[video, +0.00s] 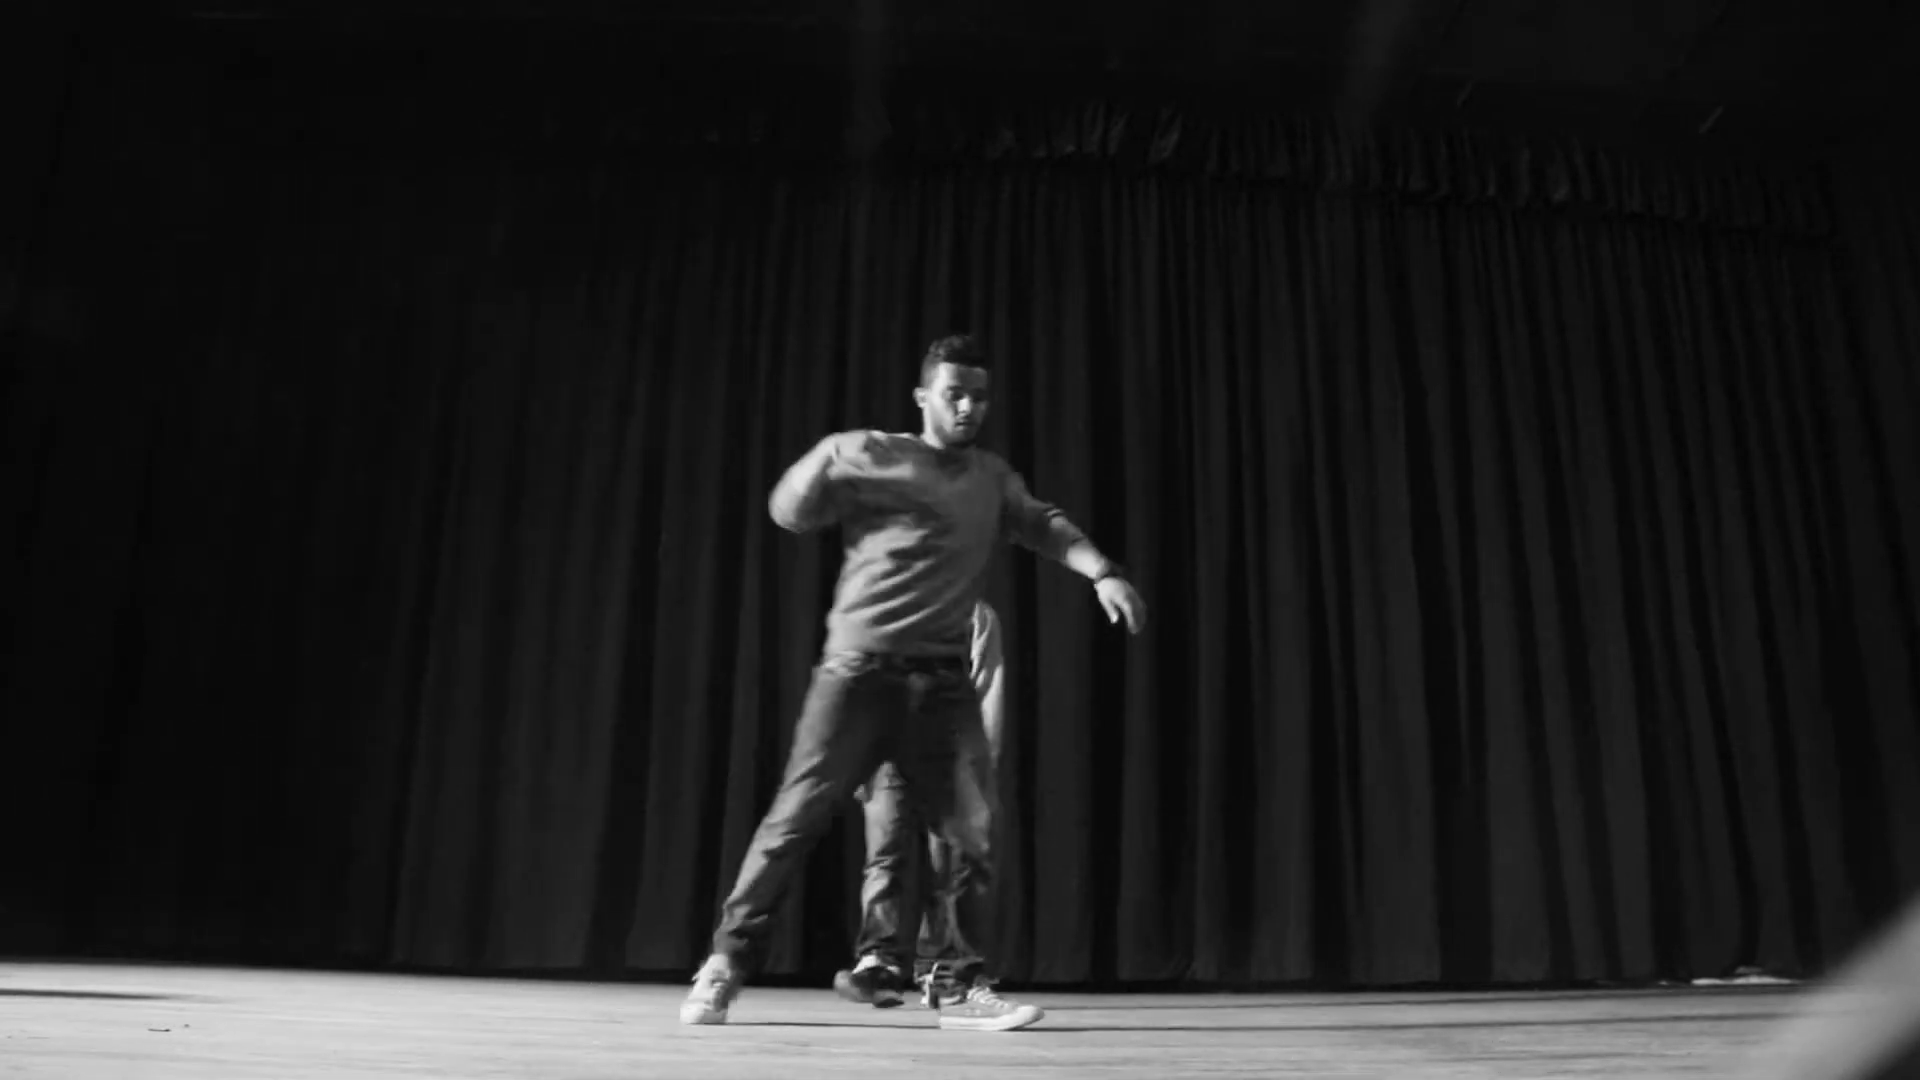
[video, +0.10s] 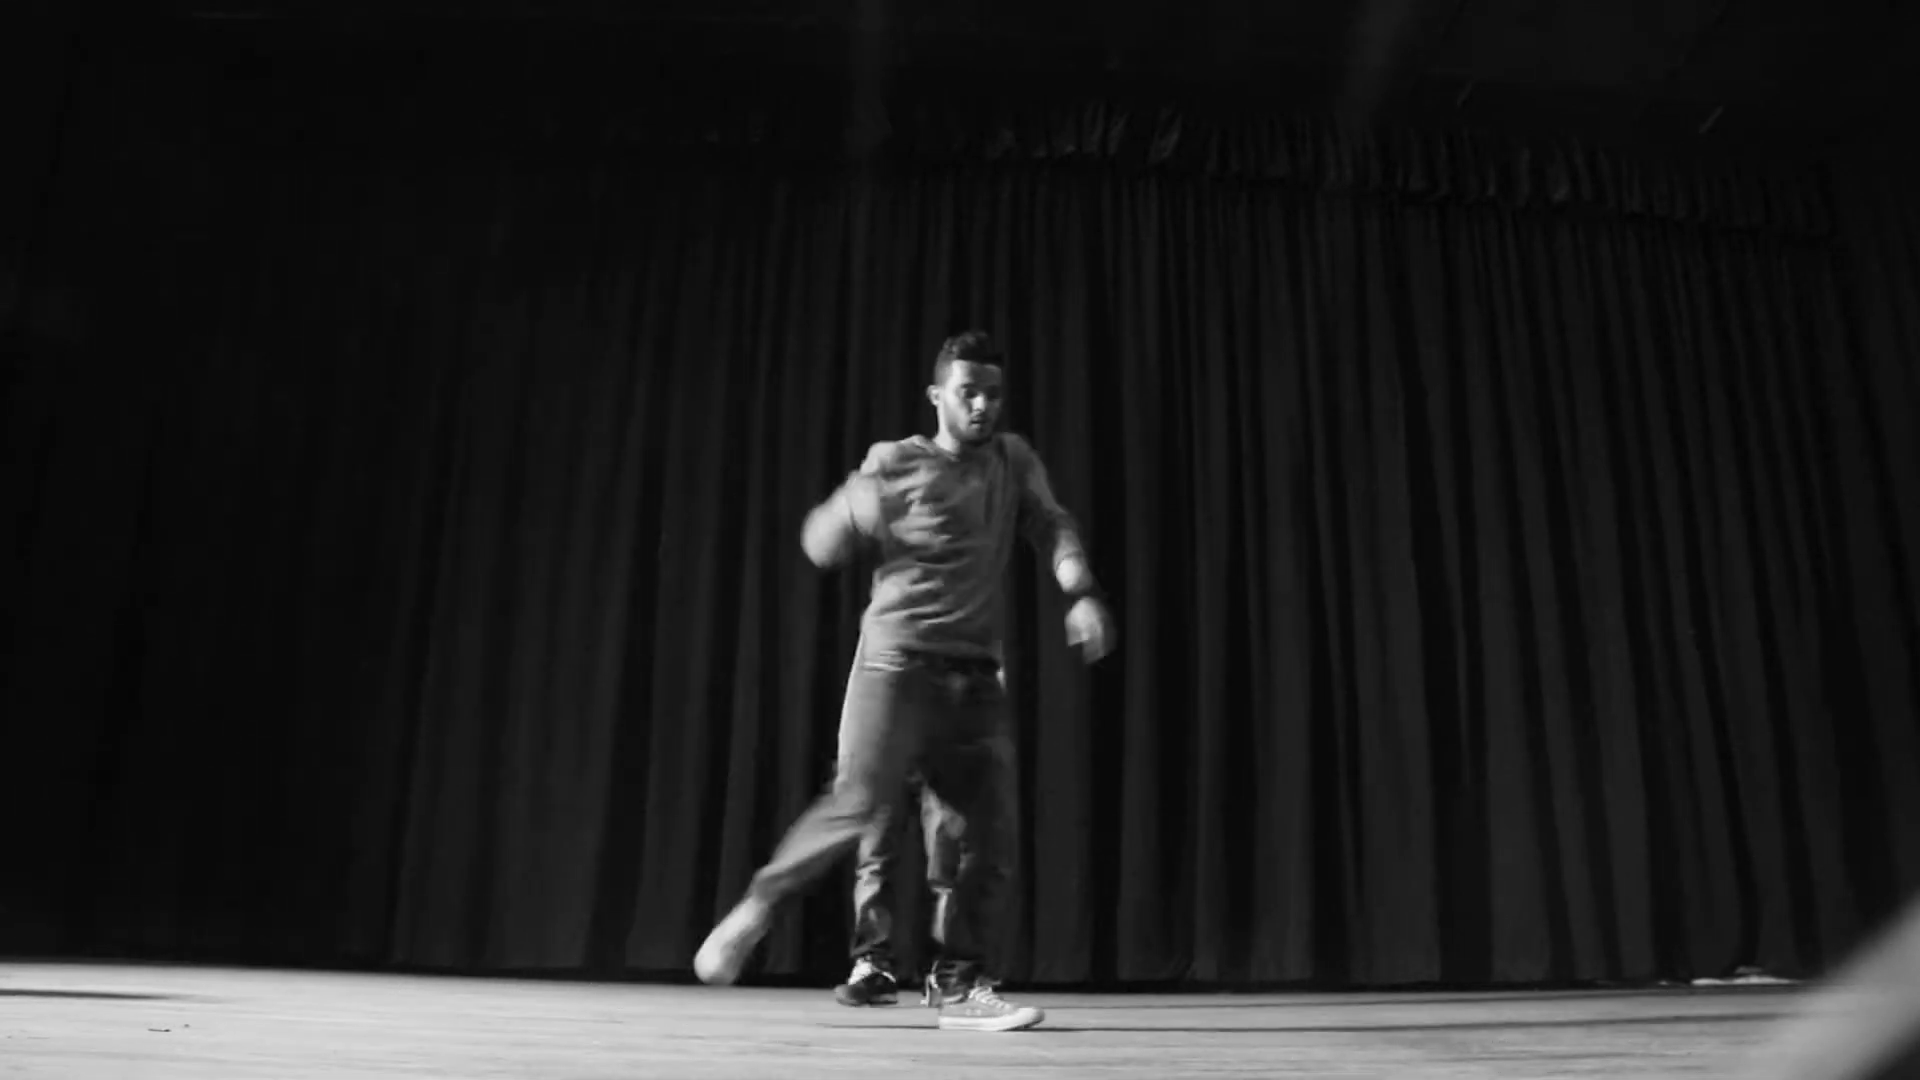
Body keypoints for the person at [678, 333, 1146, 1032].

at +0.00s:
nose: (967, 408)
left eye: (978, 397)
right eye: (954, 394)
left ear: (988, 403)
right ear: (922, 397)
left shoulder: (993, 477)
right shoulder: (871, 457)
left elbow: (1046, 529)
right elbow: (789, 513)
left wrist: (1102, 574)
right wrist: (825, 456)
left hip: (943, 679)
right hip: (859, 671)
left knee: (971, 834)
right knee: (798, 815)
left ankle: (960, 987)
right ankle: (724, 964)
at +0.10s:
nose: (980, 404)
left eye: (990, 392)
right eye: (967, 391)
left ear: (1002, 399)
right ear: (936, 395)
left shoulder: (1013, 460)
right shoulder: (895, 464)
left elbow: (1054, 528)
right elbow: (821, 547)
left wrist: (1080, 593)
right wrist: (850, 512)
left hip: (976, 672)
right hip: (894, 665)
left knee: (981, 832)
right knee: (861, 806)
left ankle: (957, 980)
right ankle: (757, 912)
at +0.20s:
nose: (990, 405)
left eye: (1000, 393)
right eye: (977, 392)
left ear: (1012, 399)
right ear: (946, 395)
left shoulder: (1034, 463)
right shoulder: (905, 473)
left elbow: (1066, 552)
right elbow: (860, 565)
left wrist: (1021, 602)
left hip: (1002, 653)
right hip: (927, 647)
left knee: (1005, 821)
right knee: (954, 786)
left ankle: (964, 977)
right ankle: (818, 868)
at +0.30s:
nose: (1001, 406)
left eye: (1011, 394)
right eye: (987, 393)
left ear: (1023, 400)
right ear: (955, 396)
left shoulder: (1044, 463)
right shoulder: (918, 476)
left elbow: (1079, 549)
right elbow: (877, 584)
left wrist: (994, 551)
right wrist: (869, 691)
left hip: (1032, 656)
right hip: (960, 650)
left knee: (1024, 827)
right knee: (1034, 774)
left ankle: (968, 983)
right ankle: (909, 878)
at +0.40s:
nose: (1011, 402)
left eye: (1021, 390)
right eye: (997, 388)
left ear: (1032, 395)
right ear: (964, 393)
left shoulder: (1051, 456)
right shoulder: (925, 474)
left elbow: (1128, 500)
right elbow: (871, 565)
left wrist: (1047, 518)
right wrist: (821, 651)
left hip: (1044, 656)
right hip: (986, 655)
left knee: (1022, 814)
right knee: (1083, 777)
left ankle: (976, 975)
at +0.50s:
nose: (1020, 400)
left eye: (1030, 389)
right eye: (1006, 387)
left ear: (1040, 393)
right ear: (973, 390)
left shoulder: (1060, 449)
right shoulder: (936, 468)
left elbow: (1161, 447)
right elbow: (854, 545)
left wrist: (1099, 493)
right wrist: (774, 610)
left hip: (1065, 652)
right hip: (1012, 657)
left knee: (1076, 812)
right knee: (1112, 789)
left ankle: (1001, 963)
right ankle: (1111, 966)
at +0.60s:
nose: (1031, 400)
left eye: (1040, 388)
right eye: (1017, 387)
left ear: (1050, 393)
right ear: (981, 392)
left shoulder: (1068, 443)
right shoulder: (943, 473)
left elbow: (1158, 442)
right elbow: (850, 533)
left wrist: (1116, 509)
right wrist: (755, 564)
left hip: (1086, 660)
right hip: (1031, 668)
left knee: (1098, 819)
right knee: (1111, 815)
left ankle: (1006, 962)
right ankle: (1136, 980)